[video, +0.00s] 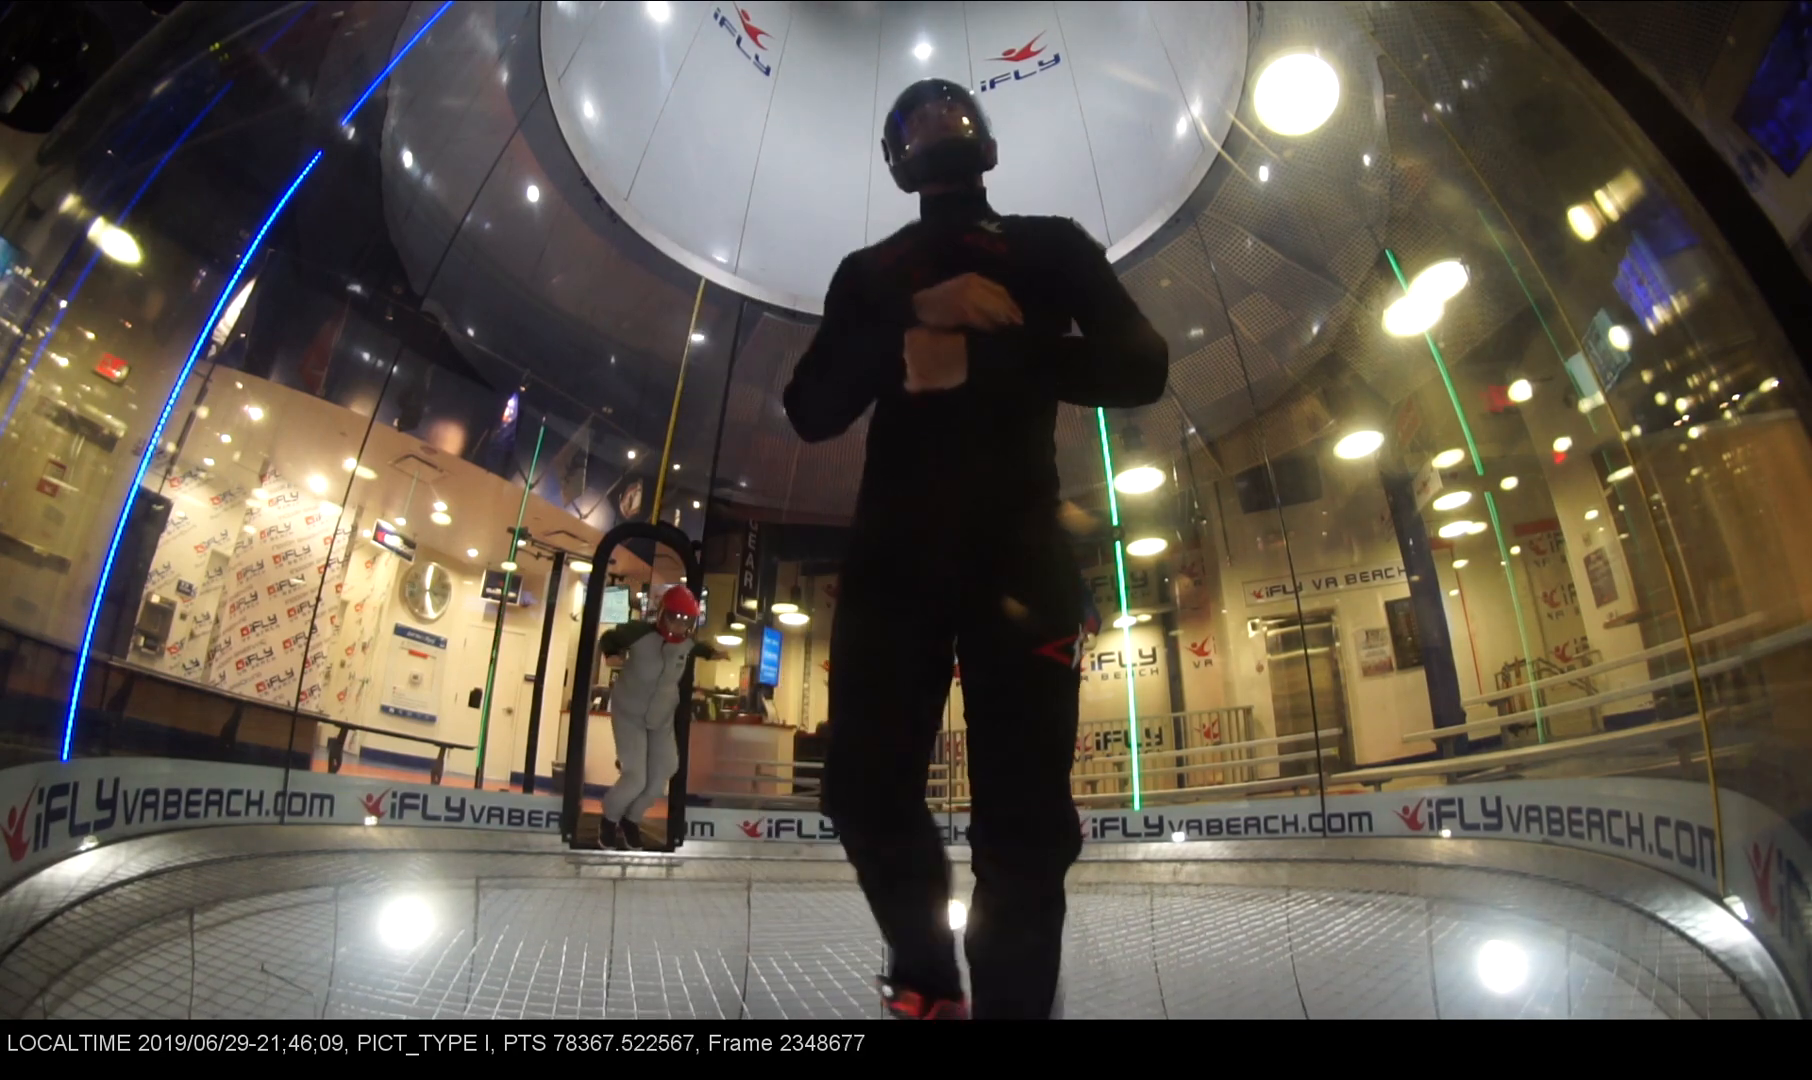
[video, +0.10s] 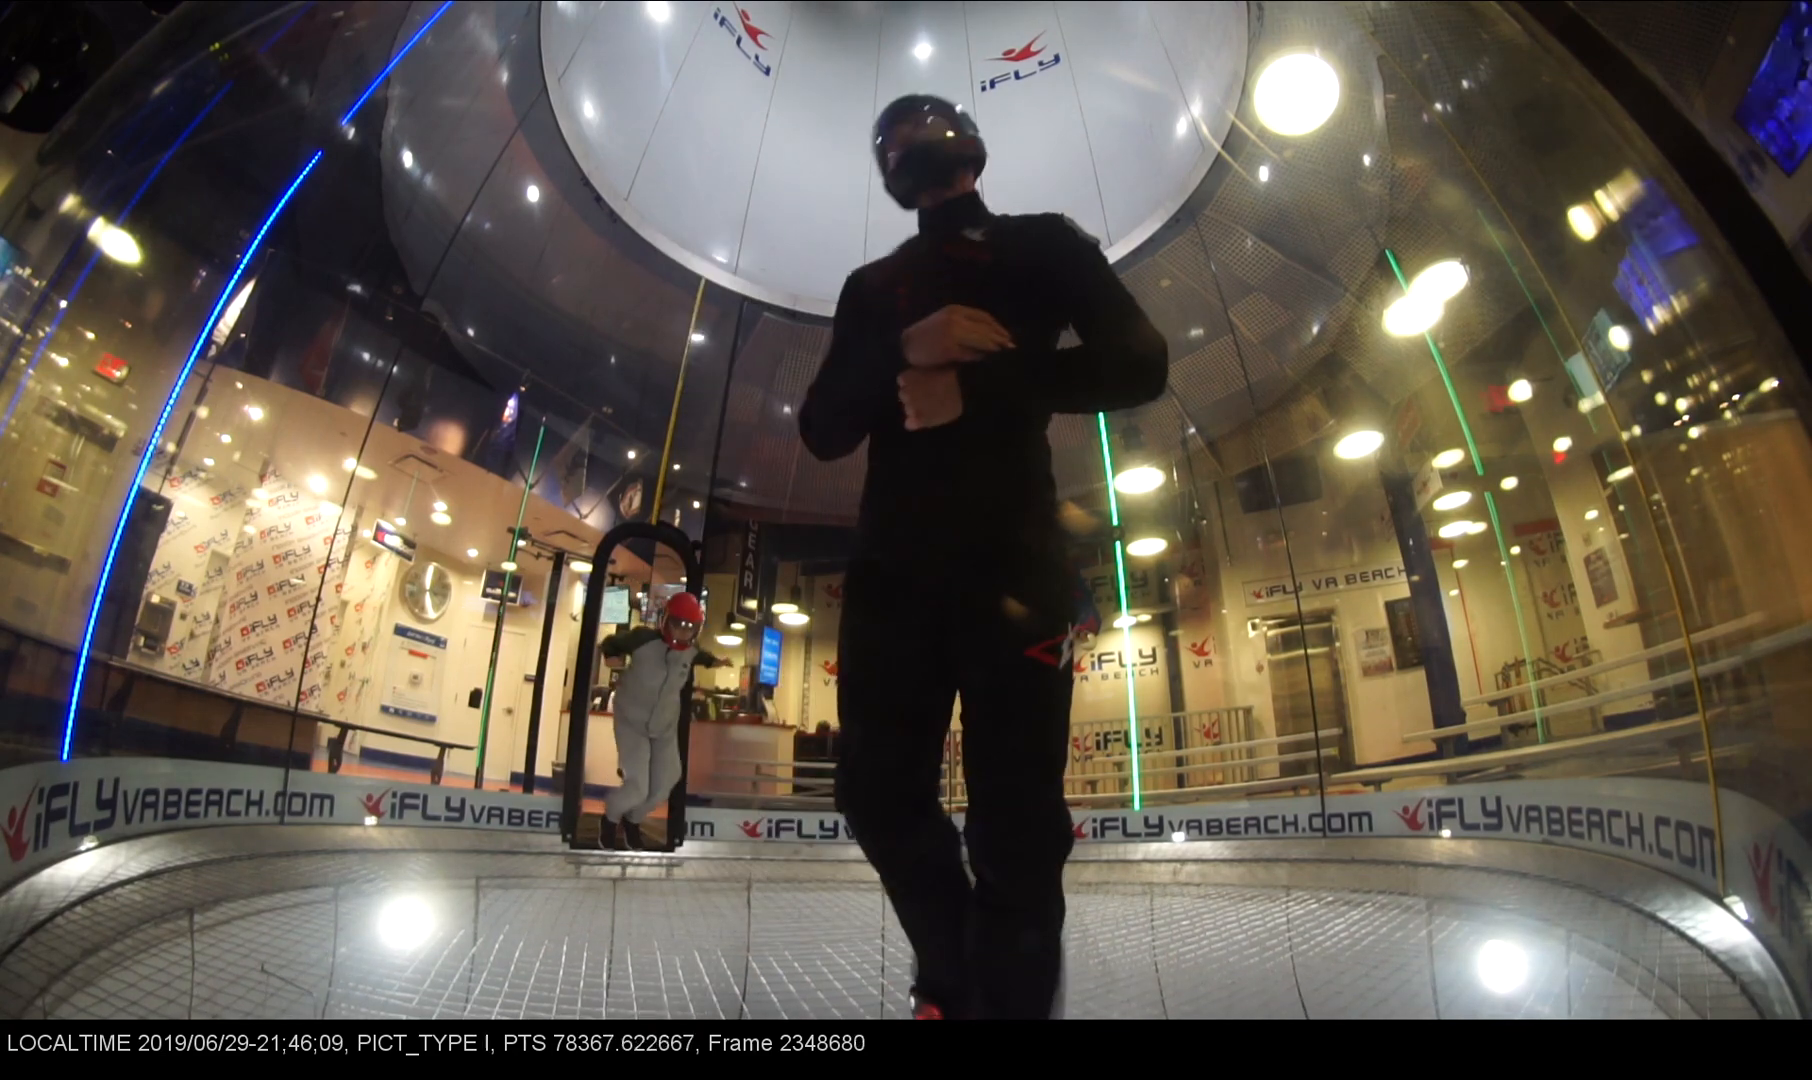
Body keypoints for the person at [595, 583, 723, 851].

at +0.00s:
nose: (680, 627)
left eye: (686, 622)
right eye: (675, 619)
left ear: (692, 622)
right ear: (662, 614)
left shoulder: (688, 644)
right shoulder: (640, 632)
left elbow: (702, 648)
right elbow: (607, 642)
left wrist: (715, 653)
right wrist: (613, 654)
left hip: (662, 721)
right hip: (629, 716)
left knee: (660, 782)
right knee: (635, 778)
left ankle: (631, 820)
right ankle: (610, 818)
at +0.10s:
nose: (683, 633)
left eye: (689, 628)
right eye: (678, 625)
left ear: (696, 629)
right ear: (666, 621)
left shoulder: (691, 652)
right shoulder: (644, 638)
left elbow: (703, 657)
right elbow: (608, 647)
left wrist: (717, 661)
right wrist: (616, 650)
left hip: (665, 730)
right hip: (632, 725)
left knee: (663, 787)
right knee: (638, 787)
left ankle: (632, 819)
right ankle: (610, 816)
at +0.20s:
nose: (686, 641)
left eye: (693, 636)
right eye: (681, 633)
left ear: (700, 638)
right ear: (669, 629)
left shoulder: (694, 660)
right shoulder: (646, 646)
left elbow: (709, 665)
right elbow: (608, 652)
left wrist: (723, 664)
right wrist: (608, 659)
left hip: (668, 736)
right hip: (633, 732)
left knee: (664, 800)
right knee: (638, 799)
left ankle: (633, 823)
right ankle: (611, 817)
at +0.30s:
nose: (693, 647)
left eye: (699, 642)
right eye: (688, 640)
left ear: (705, 645)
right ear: (674, 636)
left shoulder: (696, 669)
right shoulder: (650, 656)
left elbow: (709, 675)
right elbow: (616, 660)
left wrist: (728, 669)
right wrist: (603, 664)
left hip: (669, 744)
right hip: (635, 740)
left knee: (668, 806)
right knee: (635, 805)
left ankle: (636, 830)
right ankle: (611, 820)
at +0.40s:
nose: (698, 654)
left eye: (705, 649)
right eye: (693, 646)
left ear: (712, 651)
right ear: (679, 643)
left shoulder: (705, 676)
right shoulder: (655, 663)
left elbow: (717, 685)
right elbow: (626, 674)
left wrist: (739, 675)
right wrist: (609, 678)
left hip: (674, 757)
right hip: (638, 753)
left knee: (677, 816)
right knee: (639, 813)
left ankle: (642, 833)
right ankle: (611, 822)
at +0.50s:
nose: (706, 657)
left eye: (713, 652)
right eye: (700, 650)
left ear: (720, 654)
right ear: (686, 648)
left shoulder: (716, 678)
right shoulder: (661, 668)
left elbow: (734, 689)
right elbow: (627, 679)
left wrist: (755, 676)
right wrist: (605, 683)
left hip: (683, 760)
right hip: (643, 759)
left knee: (695, 825)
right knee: (642, 826)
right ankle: (612, 819)